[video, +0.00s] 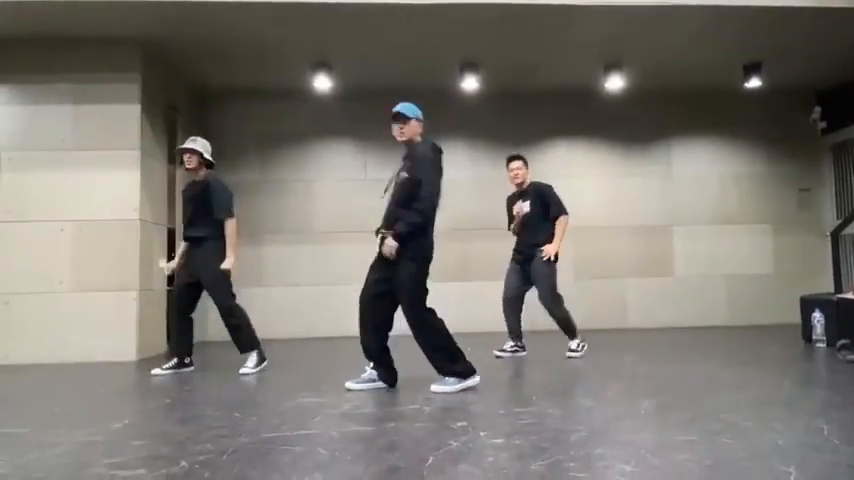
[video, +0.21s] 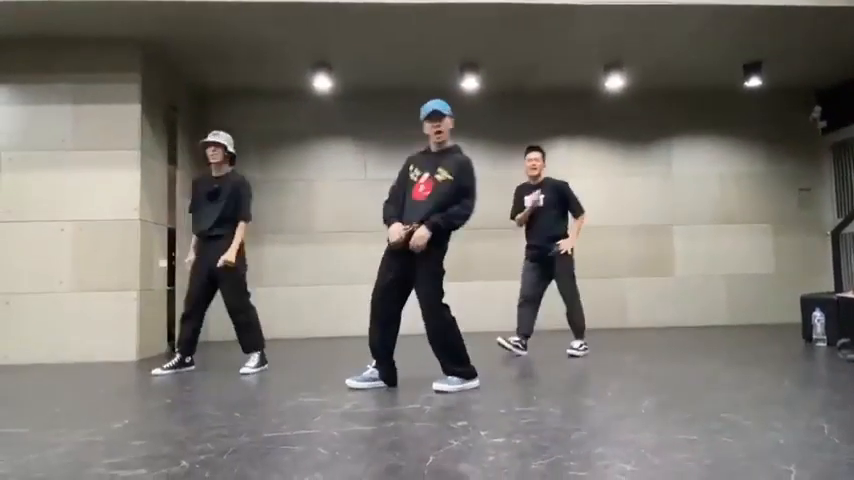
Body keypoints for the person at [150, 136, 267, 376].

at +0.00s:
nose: (187, 158)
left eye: (192, 154)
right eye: (185, 154)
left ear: (203, 158)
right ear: (183, 159)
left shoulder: (215, 185)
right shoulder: (188, 190)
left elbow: (229, 220)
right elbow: (189, 231)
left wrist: (230, 257)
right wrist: (178, 259)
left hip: (212, 253)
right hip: (191, 254)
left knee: (226, 304)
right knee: (180, 306)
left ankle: (255, 353)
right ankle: (182, 358)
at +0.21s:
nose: (212, 152)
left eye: (217, 148)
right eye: (209, 148)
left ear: (228, 152)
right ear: (206, 153)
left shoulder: (238, 182)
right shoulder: (200, 183)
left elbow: (243, 221)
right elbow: (198, 222)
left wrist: (232, 251)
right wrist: (193, 251)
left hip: (229, 249)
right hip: (204, 249)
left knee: (238, 304)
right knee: (193, 304)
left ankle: (256, 354)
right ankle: (184, 356)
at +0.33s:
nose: (225, 153)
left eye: (230, 149)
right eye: (222, 149)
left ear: (240, 154)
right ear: (217, 154)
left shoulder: (249, 185)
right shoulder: (208, 184)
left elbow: (252, 223)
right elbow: (201, 217)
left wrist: (227, 244)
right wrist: (200, 246)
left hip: (240, 252)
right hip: (213, 251)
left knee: (245, 305)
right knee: (203, 302)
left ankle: (257, 357)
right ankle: (197, 355)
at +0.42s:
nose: (228, 150)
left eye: (233, 146)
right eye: (225, 146)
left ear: (243, 151)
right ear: (221, 151)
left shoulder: (254, 182)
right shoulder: (212, 180)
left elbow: (257, 220)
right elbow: (205, 209)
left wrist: (225, 228)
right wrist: (202, 230)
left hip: (243, 250)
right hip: (218, 249)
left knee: (250, 304)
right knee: (202, 296)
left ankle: (258, 357)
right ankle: (226, 338)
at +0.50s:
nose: (230, 150)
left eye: (234, 146)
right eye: (226, 146)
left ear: (244, 151)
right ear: (222, 151)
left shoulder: (255, 182)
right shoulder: (214, 180)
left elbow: (259, 220)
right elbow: (206, 208)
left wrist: (228, 227)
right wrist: (203, 225)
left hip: (244, 249)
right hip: (220, 248)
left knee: (252, 305)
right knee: (206, 294)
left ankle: (259, 357)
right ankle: (244, 315)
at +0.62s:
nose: (231, 153)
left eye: (236, 149)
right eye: (228, 149)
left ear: (245, 154)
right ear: (223, 153)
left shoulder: (256, 185)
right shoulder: (216, 182)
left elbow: (263, 221)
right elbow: (207, 211)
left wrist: (252, 241)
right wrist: (197, 236)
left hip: (247, 249)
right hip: (222, 249)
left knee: (253, 305)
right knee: (209, 293)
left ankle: (261, 357)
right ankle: (250, 296)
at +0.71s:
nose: (231, 154)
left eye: (236, 150)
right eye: (228, 150)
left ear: (245, 154)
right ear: (223, 154)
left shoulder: (256, 186)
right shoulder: (217, 181)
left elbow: (266, 222)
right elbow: (209, 213)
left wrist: (262, 247)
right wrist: (196, 240)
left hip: (248, 251)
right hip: (223, 250)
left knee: (253, 307)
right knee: (205, 295)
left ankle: (262, 357)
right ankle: (234, 321)